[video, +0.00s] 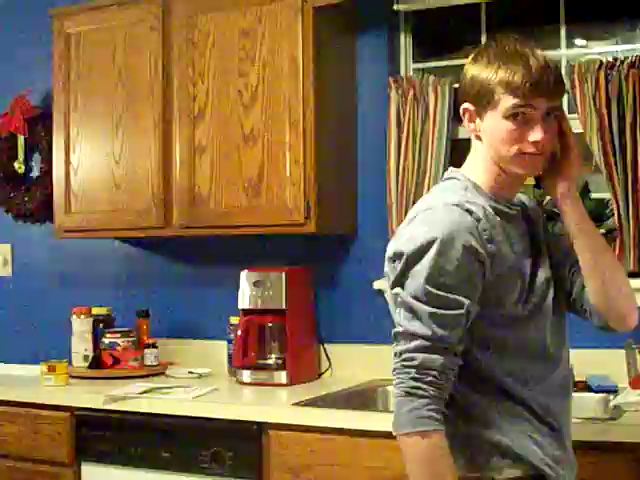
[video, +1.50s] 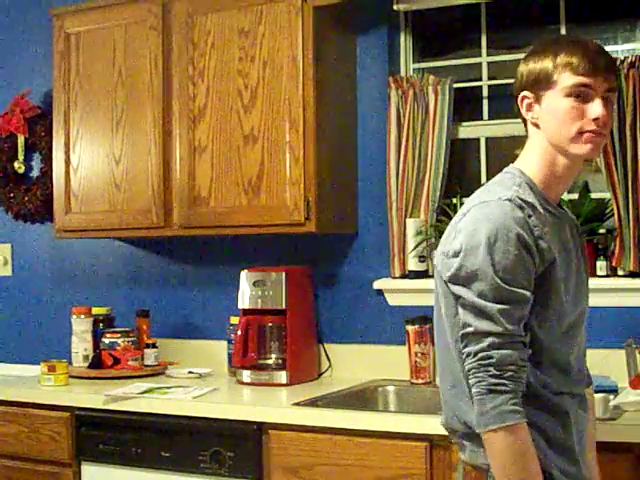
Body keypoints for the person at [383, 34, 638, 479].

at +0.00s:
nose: (540, 135)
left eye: (550, 117)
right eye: (520, 115)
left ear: (560, 124)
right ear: (472, 121)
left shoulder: (536, 217)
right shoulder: (446, 228)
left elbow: (621, 315)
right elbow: (415, 419)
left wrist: (567, 196)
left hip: (551, 458)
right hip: (493, 466)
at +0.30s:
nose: (541, 138)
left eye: (551, 121)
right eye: (521, 119)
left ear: (562, 128)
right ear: (474, 124)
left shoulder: (532, 217)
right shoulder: (452, 231)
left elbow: (619, 311)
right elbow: (431, 417)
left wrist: (566, 191)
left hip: (555, 460)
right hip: (499, 468)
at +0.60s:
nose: (555, 141)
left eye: (564, 123)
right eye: (535, 122)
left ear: (574, 128)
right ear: (487, 126)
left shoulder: (532, 223)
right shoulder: (468, 231)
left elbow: (618, 326)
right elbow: (439, 420)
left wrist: (575, 205)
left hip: (557, 461)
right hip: (510, 468)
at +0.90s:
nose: (577, 139)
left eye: (586, 121)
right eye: (557, 119)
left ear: (594, 124)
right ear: (509, 122)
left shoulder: (538, 223)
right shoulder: (480, 230)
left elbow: (586, 371)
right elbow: (450, 417)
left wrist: (597, 272)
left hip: (562, 460)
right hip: (520, 467)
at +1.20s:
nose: (582, 120)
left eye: (594, 103)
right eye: (561, 103)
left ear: (605, 113)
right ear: (520, 116)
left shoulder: (565, 226)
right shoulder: (488, 228)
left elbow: (561, 382)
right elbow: (492, 410)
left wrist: (583, 469)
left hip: (564, 460)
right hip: (510, 466)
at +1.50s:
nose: (601, 113)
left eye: (608, 98)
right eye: (580, 96)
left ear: (615, 108)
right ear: (530, 108)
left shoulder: (562, 224)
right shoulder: (496, 222)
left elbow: (575, 386)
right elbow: (497, 411)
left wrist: (588, 473)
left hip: (564, 464)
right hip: (515, 468)